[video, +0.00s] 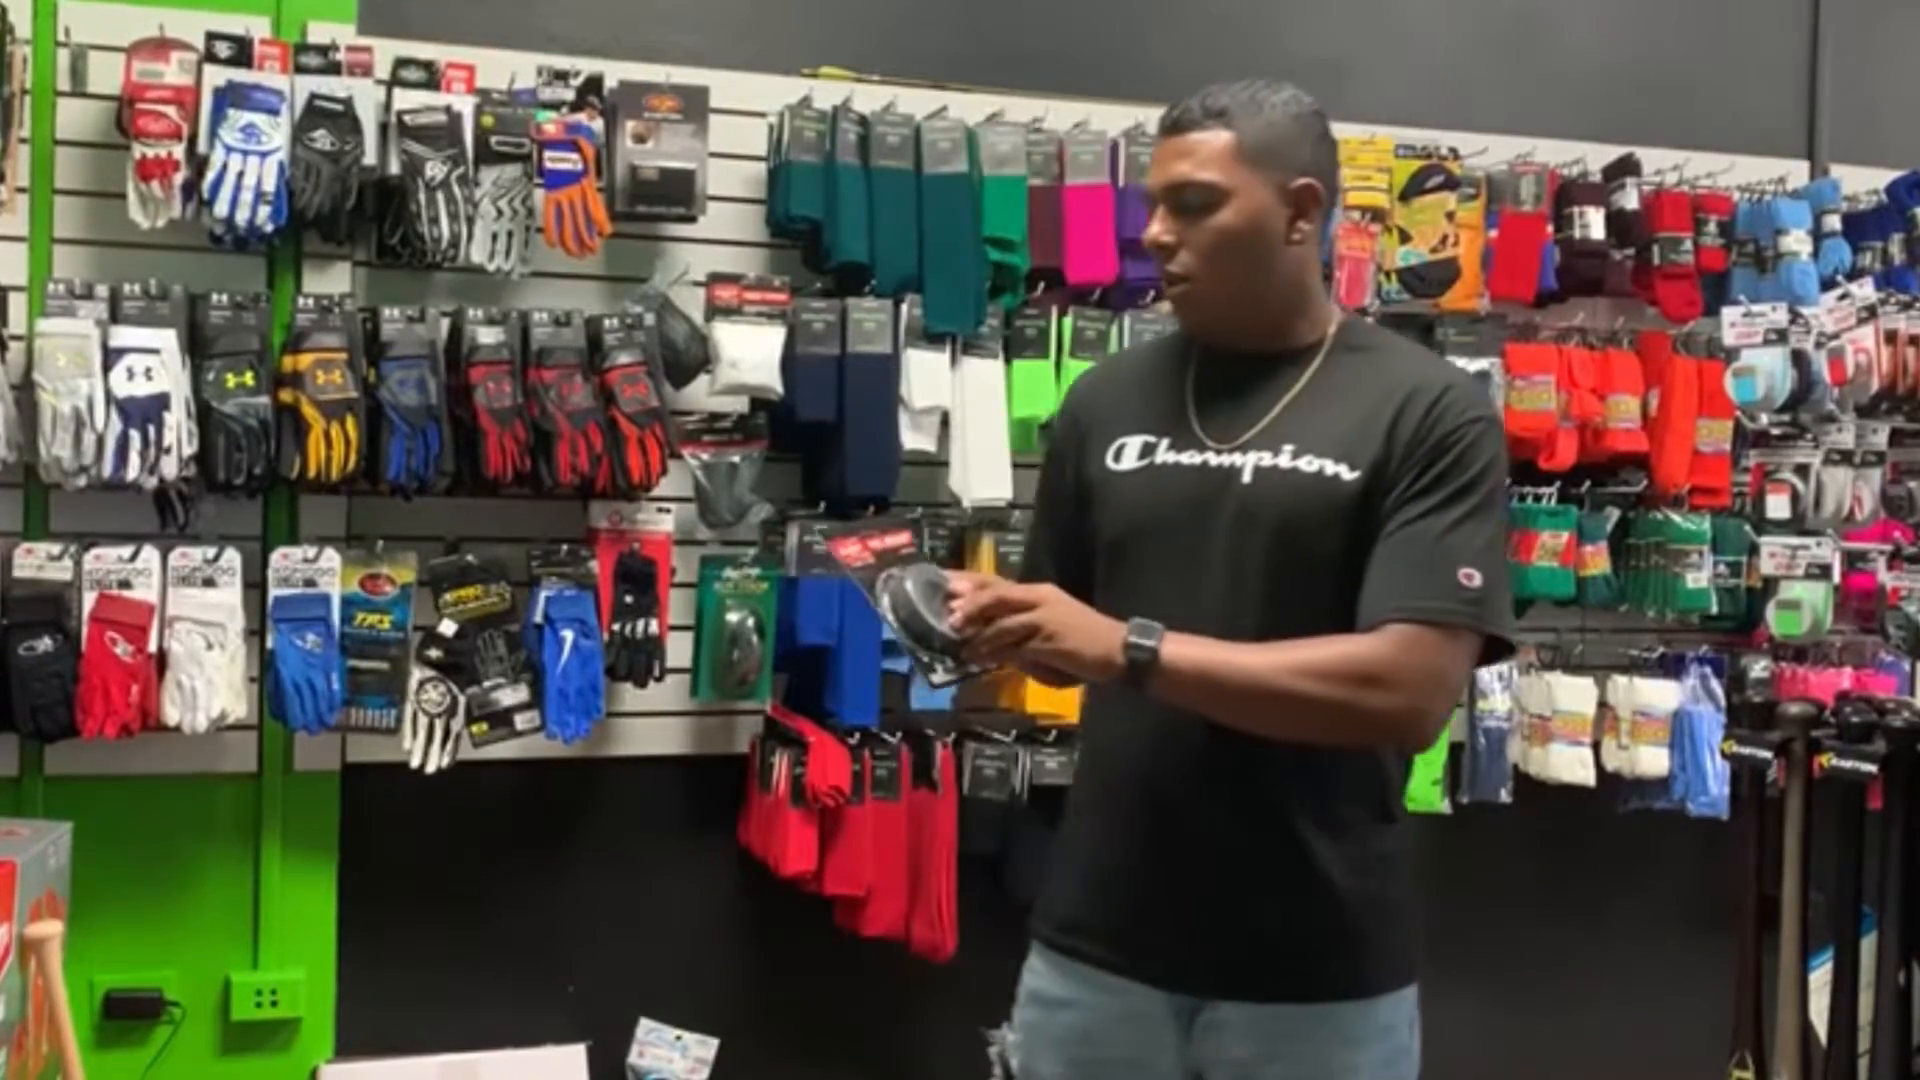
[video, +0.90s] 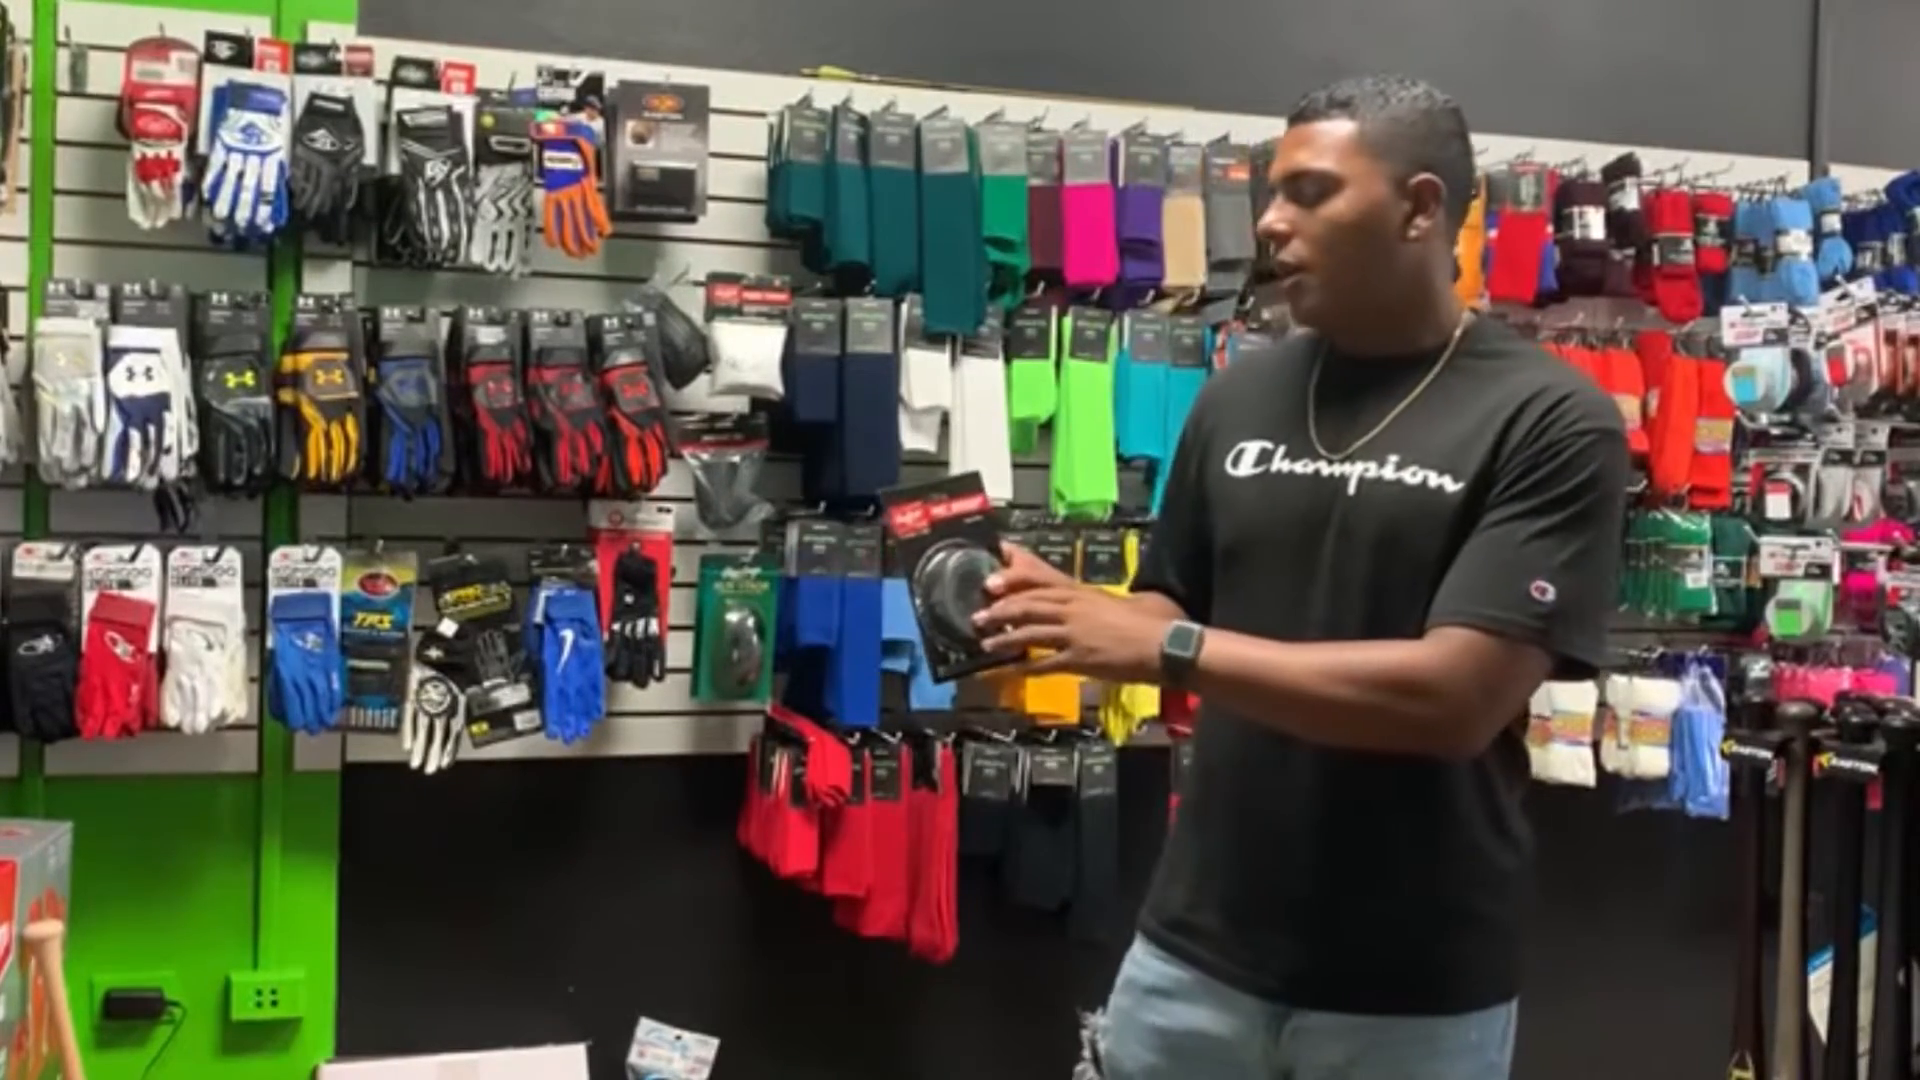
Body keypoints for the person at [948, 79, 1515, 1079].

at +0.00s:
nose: (1154, 236)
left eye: (1192, 205)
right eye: (1153, 207)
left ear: (1303, 210)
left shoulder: (1428, 410)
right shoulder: (1101, 402)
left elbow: (1411, 692)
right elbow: (1068, 641)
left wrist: (1126, 648)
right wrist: (1001, 624)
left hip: (1320, 973)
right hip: (1098, 950)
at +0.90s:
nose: (1270, 225)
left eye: (1309, 192)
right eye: (1271, 194)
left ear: (1422, 209)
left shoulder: (1553, 422)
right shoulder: (1236, 394)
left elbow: (1455, 700)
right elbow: (1169, 607)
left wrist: (1169, 647)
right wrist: (1063, 616)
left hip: (1414, 990)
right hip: (1196, 957)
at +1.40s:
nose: (1163, 225)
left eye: (1200, 191)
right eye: (1166, 195)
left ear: (1308, 208)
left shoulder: (1431, 410)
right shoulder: (1137, 392)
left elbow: (1336, 684)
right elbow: (1079, 626)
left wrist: (1059, 626)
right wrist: (961, 613)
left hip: (1311, 965)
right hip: (1106, 940)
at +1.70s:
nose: (1071, 234)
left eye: (1106, 202)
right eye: (1073, 206)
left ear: (1211, 213)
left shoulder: (1336, 401)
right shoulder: (1047, 401)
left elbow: (1256, 671)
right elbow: (999, 631)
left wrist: (978, 623)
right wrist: (889, 602)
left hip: (1232, 953)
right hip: (1031, 935)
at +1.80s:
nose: (1043, 242)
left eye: (1077, 209)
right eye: (1041, 213)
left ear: (1183, 215)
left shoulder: (1309, 402)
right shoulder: (1021, 405)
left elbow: (1235, 668)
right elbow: (983, 651)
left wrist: (957, 626)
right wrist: (874, 606)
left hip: (1210, 952)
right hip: (1011, 936)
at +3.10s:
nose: (1067, 238)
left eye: (1100, 204)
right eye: (1068, 211)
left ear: (1204, 211)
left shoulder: (1343, 394)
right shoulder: (1047, 407)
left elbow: (1274, 655)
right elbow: (1004, 650)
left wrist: (998, 619)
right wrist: (892, 599)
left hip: (1254, 948)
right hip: (1048, 936)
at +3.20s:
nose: (1098, 236)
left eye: (1131, 202)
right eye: (1100, 209)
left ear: (1234, 210)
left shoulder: (1373, 395)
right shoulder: (1077, 404)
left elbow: (1299, 657)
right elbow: (1037, 651)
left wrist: (1022, 616)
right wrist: (929, 600)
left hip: (1282, 952)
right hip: (1074, 940)